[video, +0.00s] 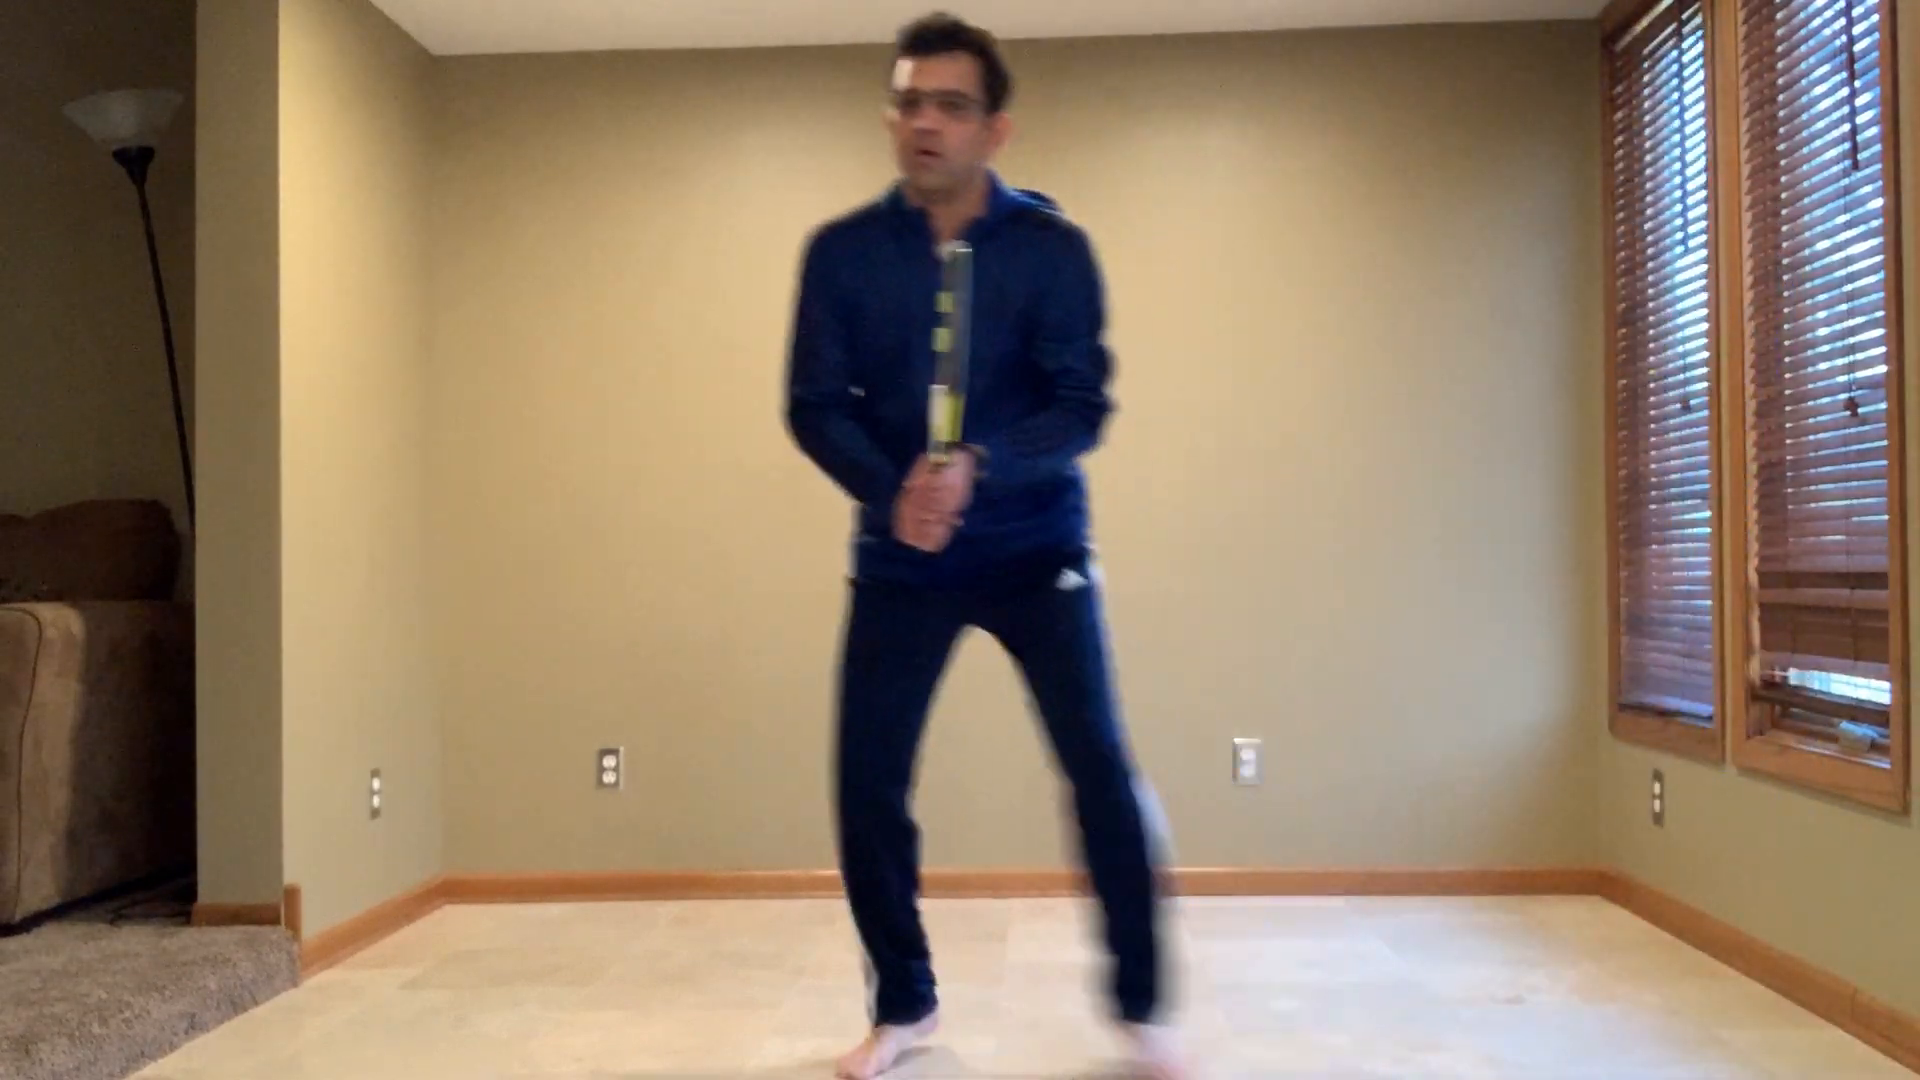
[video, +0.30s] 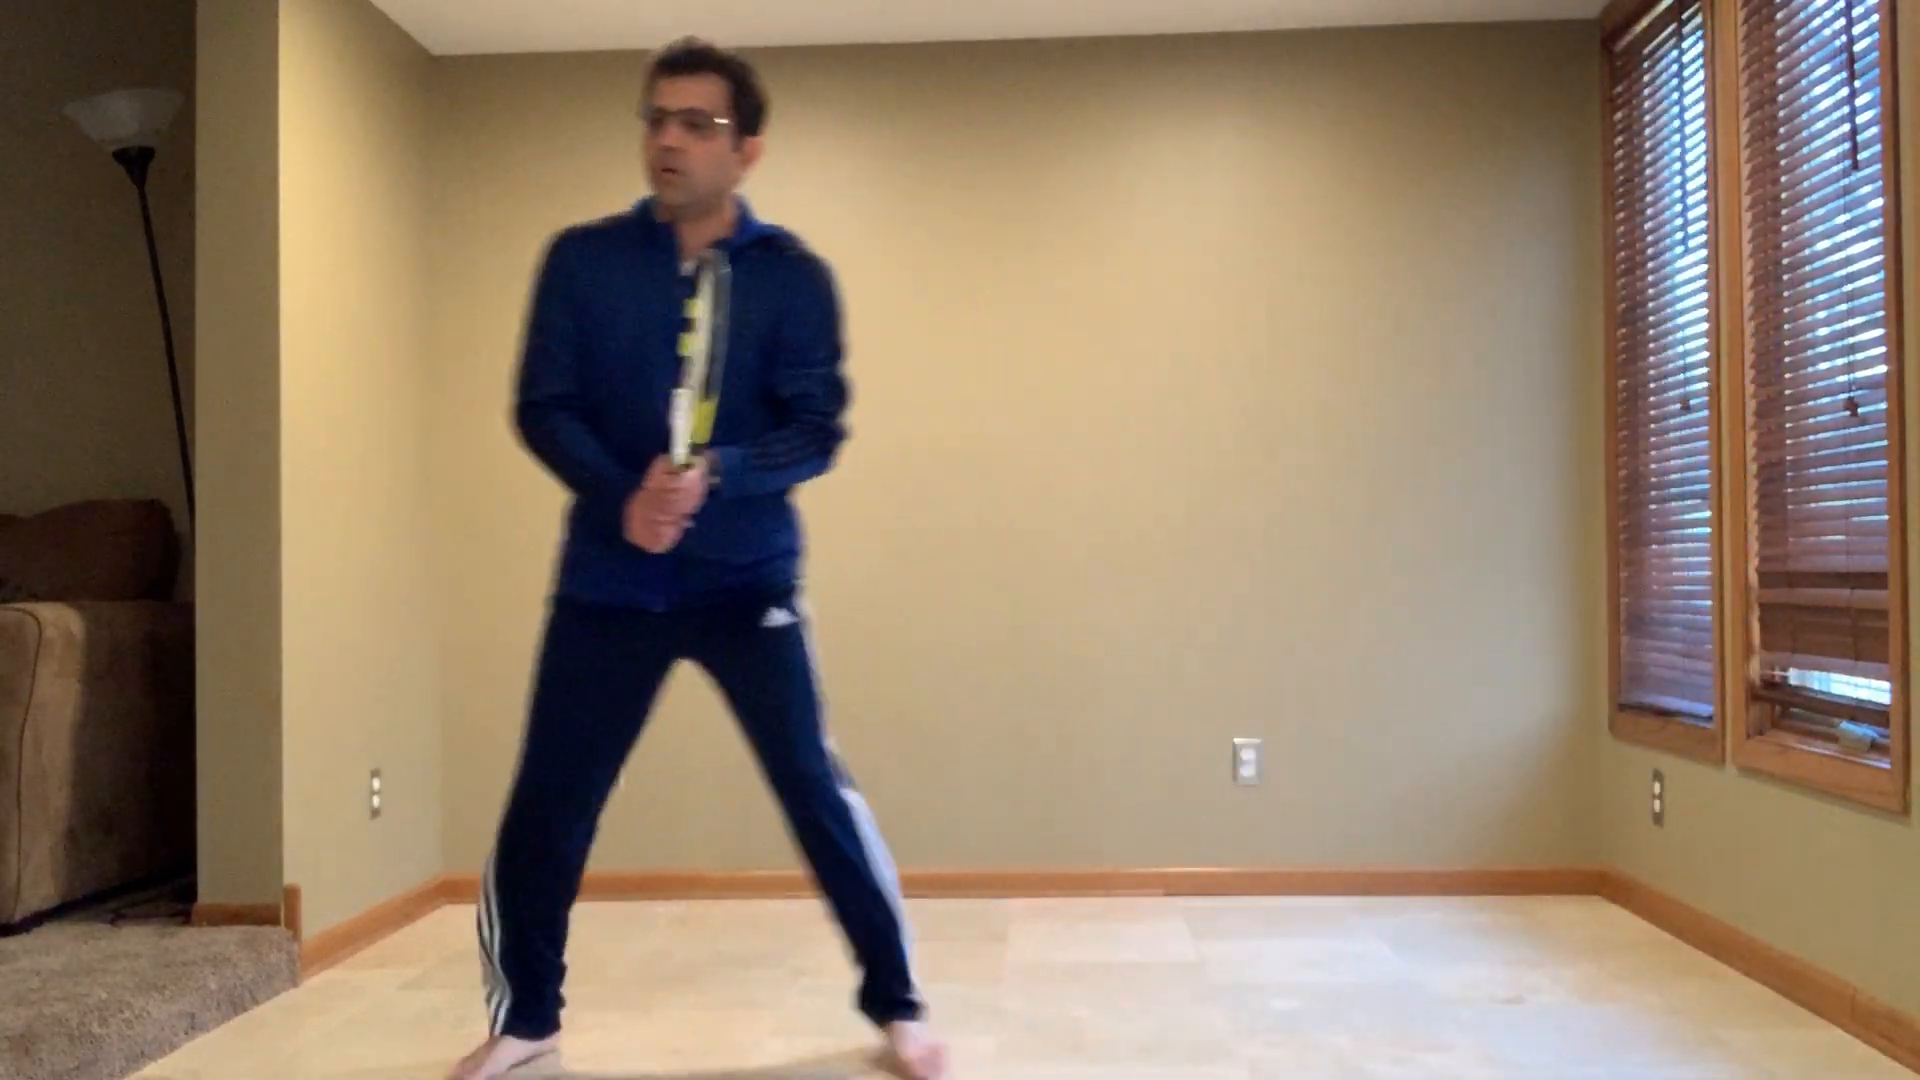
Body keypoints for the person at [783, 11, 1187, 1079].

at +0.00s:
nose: (922, 123)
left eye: (948, 106)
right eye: (907, 103)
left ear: (994, 124)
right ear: (889, 117)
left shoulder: (1050, 246)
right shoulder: (842, 252)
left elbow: (1080, 407)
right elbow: (814, 405)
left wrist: (978, 468)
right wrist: (892, 489)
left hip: (1036, 560)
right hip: (899, 568)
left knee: (1101, 769)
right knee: (868, 790)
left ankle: (1142, 1015)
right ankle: (904, 1012)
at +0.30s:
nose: (668, 140)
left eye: (695, 124)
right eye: (656, 121)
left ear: (746, 148)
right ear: (641, 136)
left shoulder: (791, 275)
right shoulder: (581, 260)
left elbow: (817, 430)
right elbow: (542, 408)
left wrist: (713, 475)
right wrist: (617, 490)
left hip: (745, 589)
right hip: (608, 591)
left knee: (813, 786)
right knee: (546, 806)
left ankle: (900, 1008)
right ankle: (527, 1024)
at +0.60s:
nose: (478, 152)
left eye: (507, 139)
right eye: (466, 133)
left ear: (555, 167)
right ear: (446, 151)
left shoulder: (606, 294)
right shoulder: (388, 276)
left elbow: (628, 442)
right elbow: (350, 418)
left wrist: (500, 521)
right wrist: (422, 516)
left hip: (554, 594)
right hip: (414, 592)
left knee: (586, 800)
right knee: (324, 800)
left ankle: (604, 1015)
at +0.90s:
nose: (514, 263)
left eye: (541, 250)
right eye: (498, 239)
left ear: (571, 278)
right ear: (463, 247)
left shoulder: (590, 393)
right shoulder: (375, 355)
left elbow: (574, 539)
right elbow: (320, 515)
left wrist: (505, 625)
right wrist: (400, 648)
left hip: (505, 620)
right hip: (363, 607)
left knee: (589, 782)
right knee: (268, 826)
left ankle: (574, 1005)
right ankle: (238, 1031)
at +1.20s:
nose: (786, 214)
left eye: (811, 202)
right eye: (771, 186)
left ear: (827, 223)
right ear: (723, 184)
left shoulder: (807, 330)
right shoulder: (628, 288)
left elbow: (785, 471)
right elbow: (601, 466)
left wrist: (779, 583)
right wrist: (699, 609)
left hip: (680, 556)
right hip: (571, 544)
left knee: (718, 758)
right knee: (557, 756)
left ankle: (613, 979)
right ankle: (515, 1010)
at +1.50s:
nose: (1122, 258)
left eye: (1141, 246)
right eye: (1108, 231)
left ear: (1150, 258)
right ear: (1048, 220)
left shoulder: (1046, 329)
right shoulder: (991, 323)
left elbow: (1021, 490)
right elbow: (1006, 498)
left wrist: (1088, 599)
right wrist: (1080, 621)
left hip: (928, 587)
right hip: (847, 579)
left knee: (1013, 764)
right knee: (910, 803)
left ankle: (1027, 1003)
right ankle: (730, 966)